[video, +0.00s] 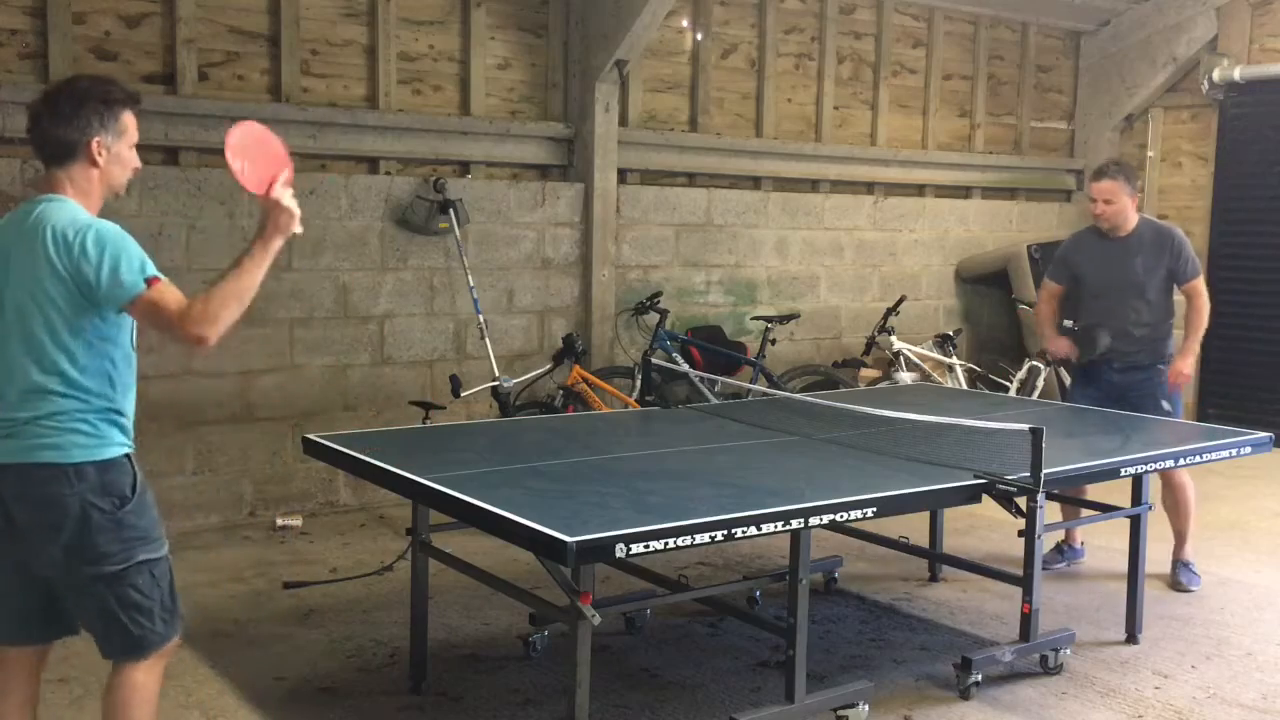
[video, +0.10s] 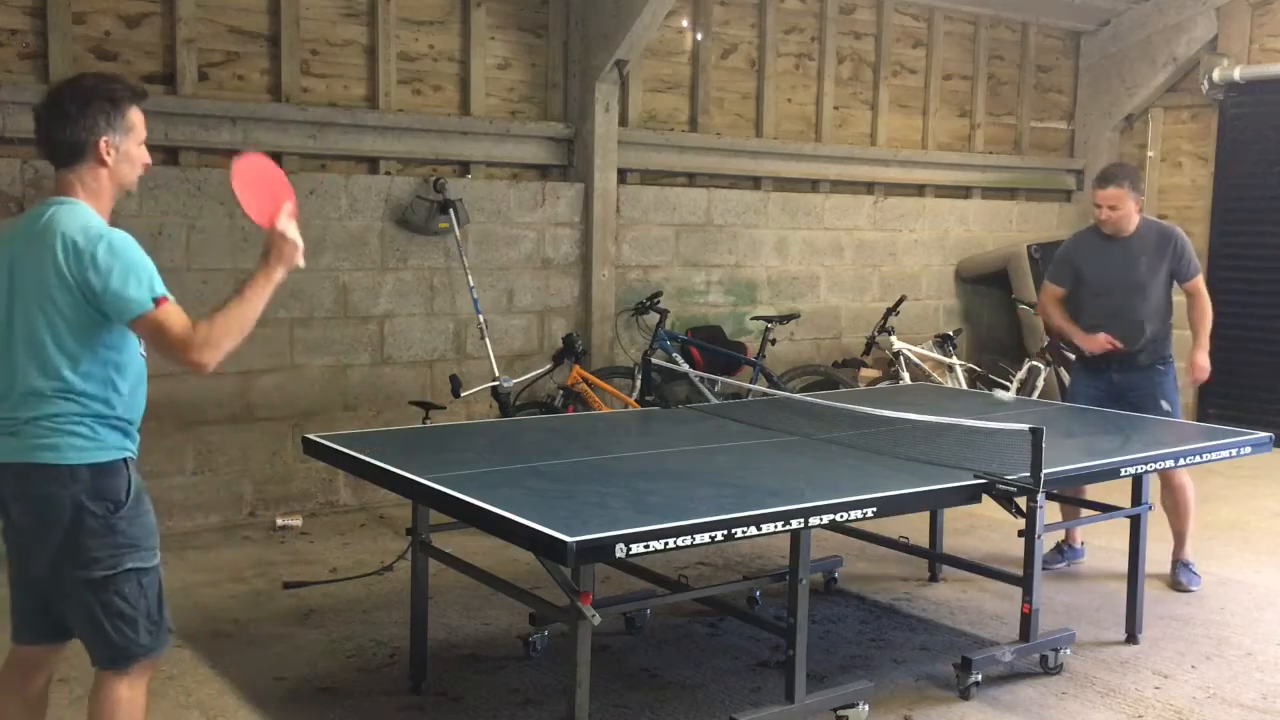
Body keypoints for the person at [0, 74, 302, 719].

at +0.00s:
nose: (139, 163)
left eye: (138, 146)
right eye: (132, 145)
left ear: (72, 147)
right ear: (96, 149)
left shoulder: (10, 230)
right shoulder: (88, 237)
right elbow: (201, 325)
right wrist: (272, 238)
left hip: (12, 470)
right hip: (83, 471)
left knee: (19, 647)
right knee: (146, 641)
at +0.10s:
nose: (149, 159)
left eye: (147, 143)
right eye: (142, 142)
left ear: (79, 149)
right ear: (104, 149)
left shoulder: (14, 236)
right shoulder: (98, 243)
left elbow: (27, 346)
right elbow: (202, 351)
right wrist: (274, 268)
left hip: (20, 467)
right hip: (86, 471)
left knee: (33, 649)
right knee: (129, 659)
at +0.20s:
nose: (164, 155)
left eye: (162, 141)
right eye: (157, 140)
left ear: (99, 151)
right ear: (121, 151)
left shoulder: (31, 235)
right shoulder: (113, 251)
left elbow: (30, 356)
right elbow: (188, 376)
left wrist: (109, 454)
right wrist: (287, 328)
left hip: (22, 464)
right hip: (82, 471)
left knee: (50, 643)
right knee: (119, 664)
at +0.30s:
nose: (178, 159)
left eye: (176, 144)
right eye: (171, 144)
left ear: (119, 154)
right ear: (136, 155)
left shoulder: (48, 232)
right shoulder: (121, 256)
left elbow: (71, 357)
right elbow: (172, 393)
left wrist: (151, 414)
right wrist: (283, 384)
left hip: (21, 460)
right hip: (74, 471)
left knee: (55, 620)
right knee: (114, 660)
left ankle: (19, 714)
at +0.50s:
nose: (195, 170)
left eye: (191, 154)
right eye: (186, 154)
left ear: (139, 167)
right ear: (149, 168)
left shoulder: (83, 236)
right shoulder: (112, 258)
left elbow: (124, 367)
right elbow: (111, 410)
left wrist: (209, 406)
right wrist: (221, 433)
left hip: (26, 461)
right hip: (61, 471)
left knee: (24, 623)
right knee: (121, 654)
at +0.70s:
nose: (211, 226)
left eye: (207, 210)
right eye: (200, 211)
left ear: (161, 226)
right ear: (158, 224)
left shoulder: (142, 300)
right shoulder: (106, 310)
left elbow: (184, 398)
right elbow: (101, 452)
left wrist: (266, 434)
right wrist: (218, 473)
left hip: (59, 495)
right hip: (51, 503)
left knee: (43, 632)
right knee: (199, 643)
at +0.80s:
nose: (250, 243)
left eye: (247, 228)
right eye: (240, 228)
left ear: (198, 242)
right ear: (196, 241)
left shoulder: (183, 313)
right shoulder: (144, 319)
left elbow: (225, 397)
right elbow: (176, 462)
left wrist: (319, 424)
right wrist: (309, 474)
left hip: (86, 500)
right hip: (67, 506)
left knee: (51, 639)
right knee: (224, 648)